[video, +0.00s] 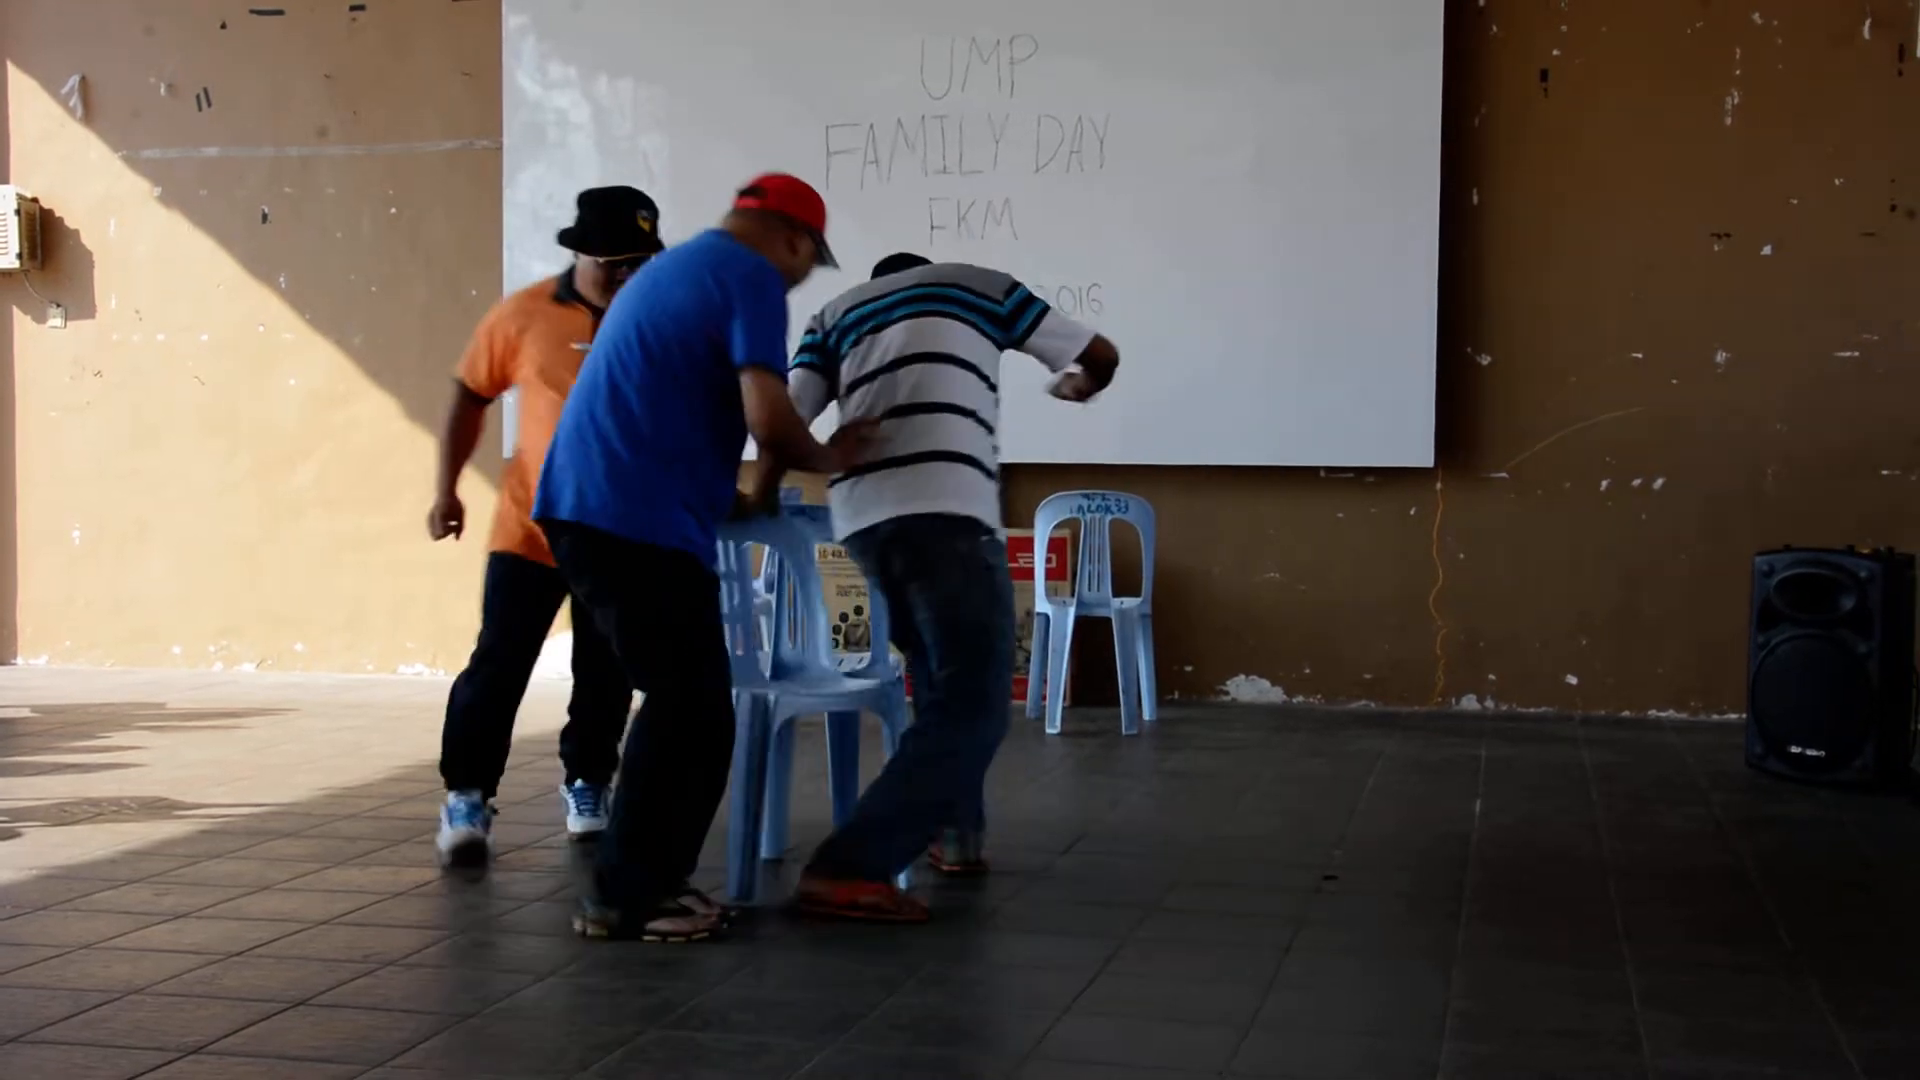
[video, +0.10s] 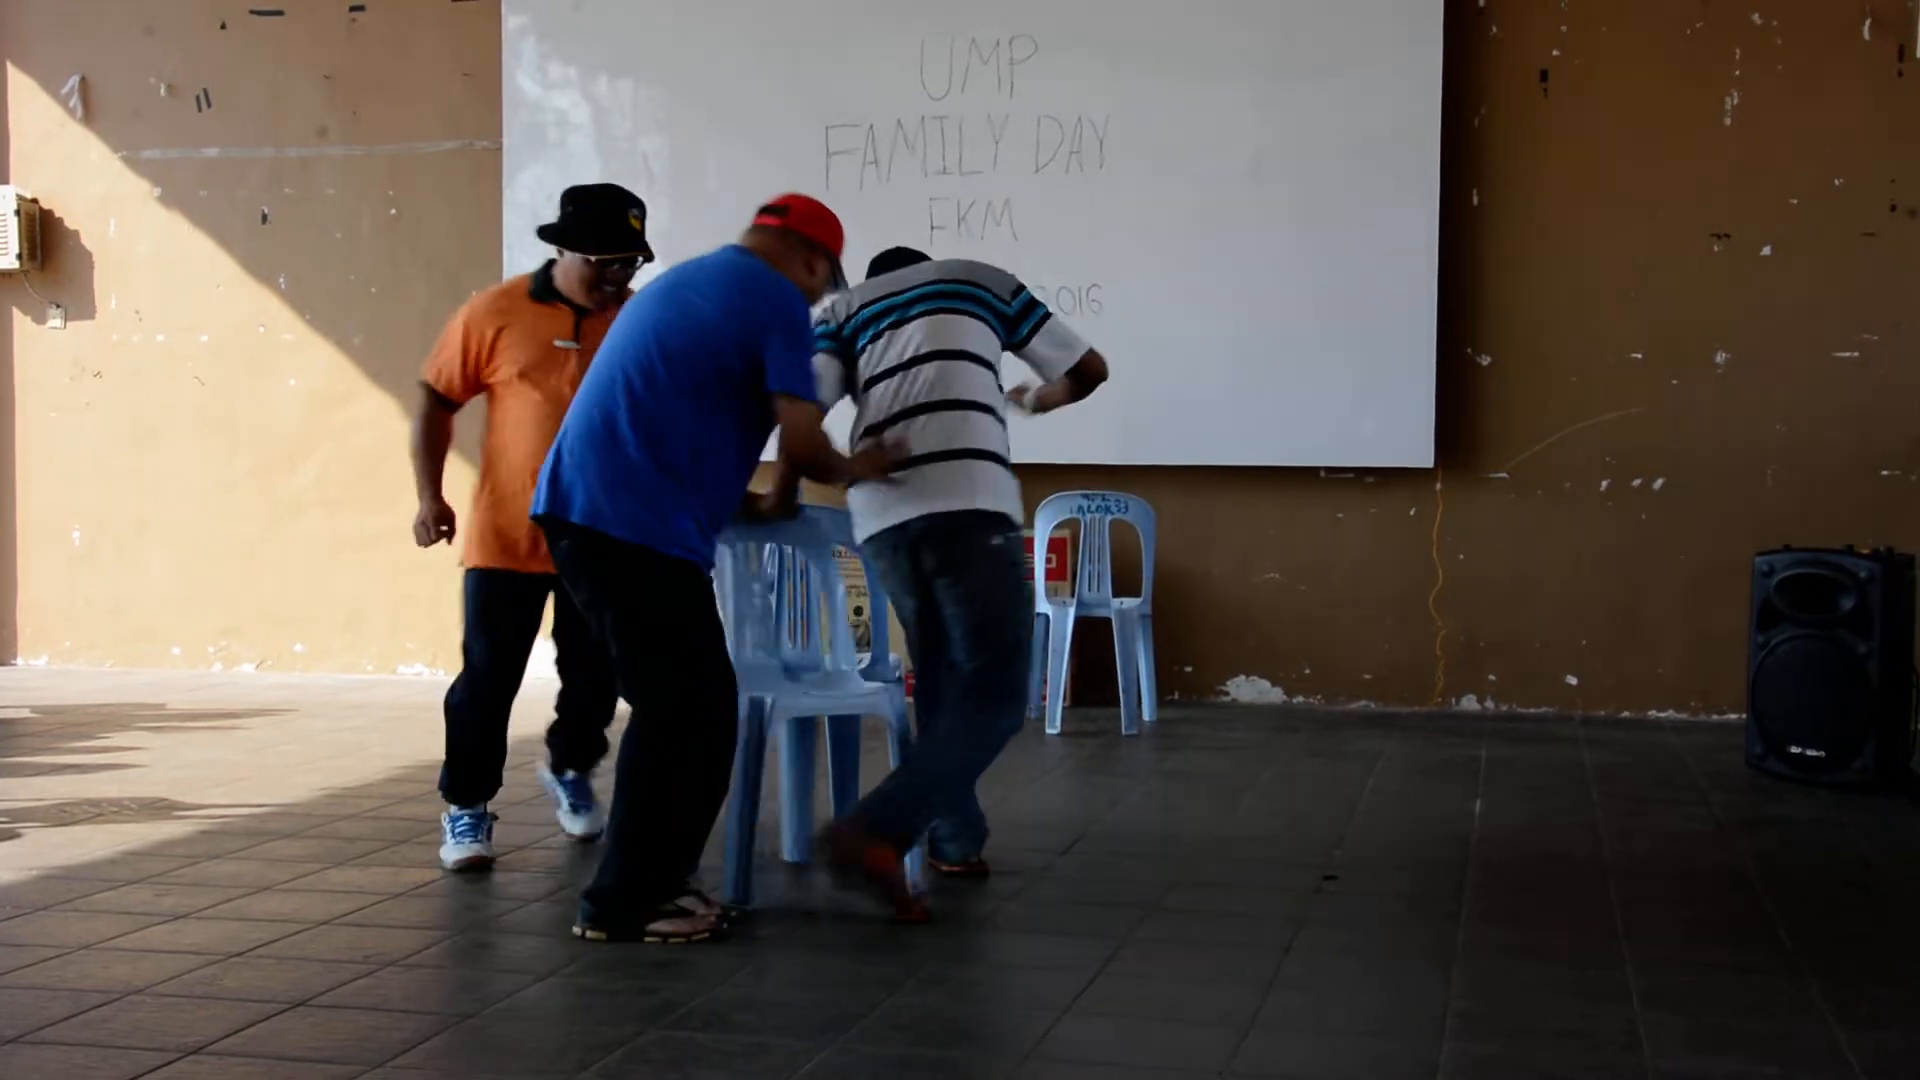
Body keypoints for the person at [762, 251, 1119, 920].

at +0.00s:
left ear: (872, 277)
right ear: (931, 266)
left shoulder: (834, 314)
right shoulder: (978, 284)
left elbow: (782, 421)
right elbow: (1101, 353)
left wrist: (757, 493)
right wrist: (1076, 385)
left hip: (865, 521)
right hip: (949, 507)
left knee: (935, 682)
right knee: (974, 705)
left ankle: (957, 836)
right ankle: (846, 871)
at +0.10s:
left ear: (867, 275)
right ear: (930, 262)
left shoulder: (841, 308)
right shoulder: (980, 279)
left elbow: (802, 413)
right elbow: (1088, 369)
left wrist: (778, 496)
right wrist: (1034, 400)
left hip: (885, 521)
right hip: (973, 503)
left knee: (936, 683)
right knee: (998, 697)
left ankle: (957, 843)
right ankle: (872, 830)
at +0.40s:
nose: (853, 280)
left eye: (853, 270)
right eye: (851, 270)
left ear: (871, 251)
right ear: (923, 236)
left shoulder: (875, 276)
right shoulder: (1007, 260)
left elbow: (877, 367)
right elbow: (1069, 380)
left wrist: (841, 468)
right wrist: (1010, 431)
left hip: (943, 502)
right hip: (1039, 489)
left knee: (946, 659)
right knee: (1052, 657)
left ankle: (975, 805)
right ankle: (1079, 834)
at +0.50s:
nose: (858, 277)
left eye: (856, 267)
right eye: (855, 268)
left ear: (873, 248)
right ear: (919, 235)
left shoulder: (883, 275)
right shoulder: (1004, 262)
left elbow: (907, 364)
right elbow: (1069, 380)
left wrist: (860, 460)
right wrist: (1011, 425)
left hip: (956, 504)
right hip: (1047, 493)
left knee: (935, 632)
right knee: (1061, 661)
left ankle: (994, 781)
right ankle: (1080, 834)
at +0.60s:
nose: (850, 274)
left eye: (847, 260)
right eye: (847, 264)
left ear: (861, 244)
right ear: (899, 230)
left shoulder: (880, 279)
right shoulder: (988, 256)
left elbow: (922, 369)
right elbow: (1054, 361)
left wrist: (876, 459)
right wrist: (987, 401)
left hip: (954, 503)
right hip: (1043, 489)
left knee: (934, 650)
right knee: (1047, 659)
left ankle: (964, 816)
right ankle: (1072, 827)